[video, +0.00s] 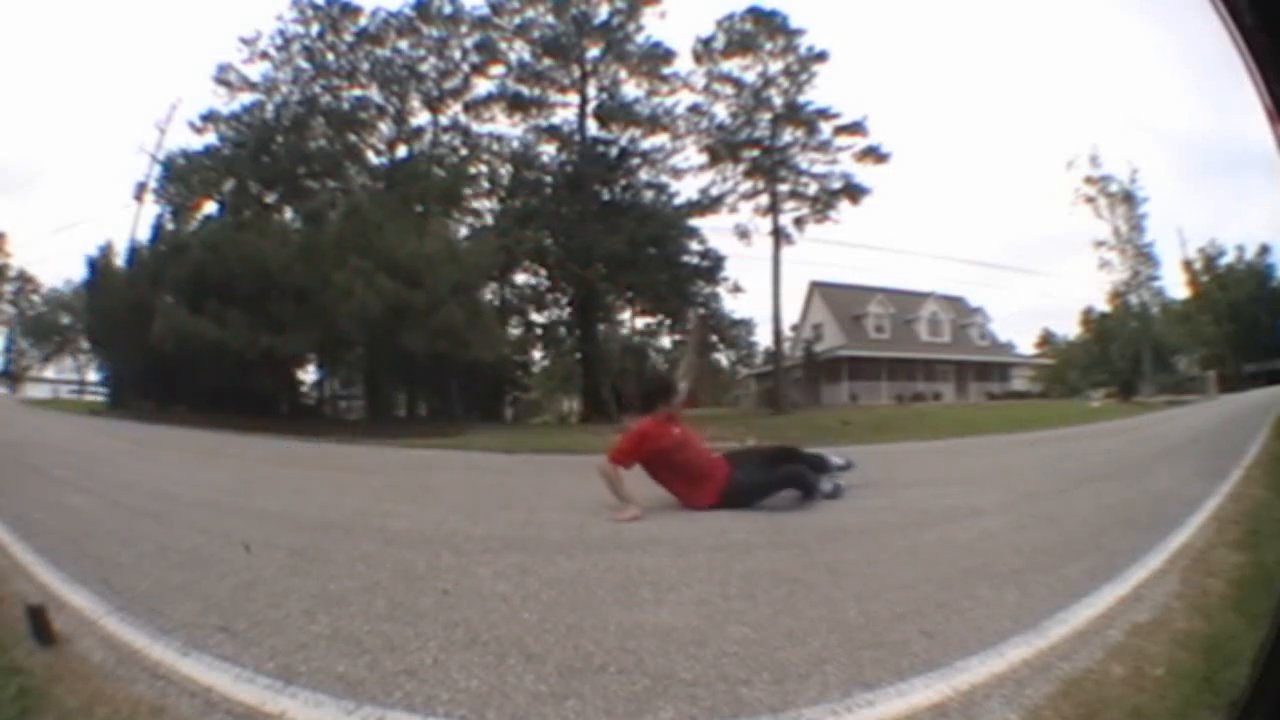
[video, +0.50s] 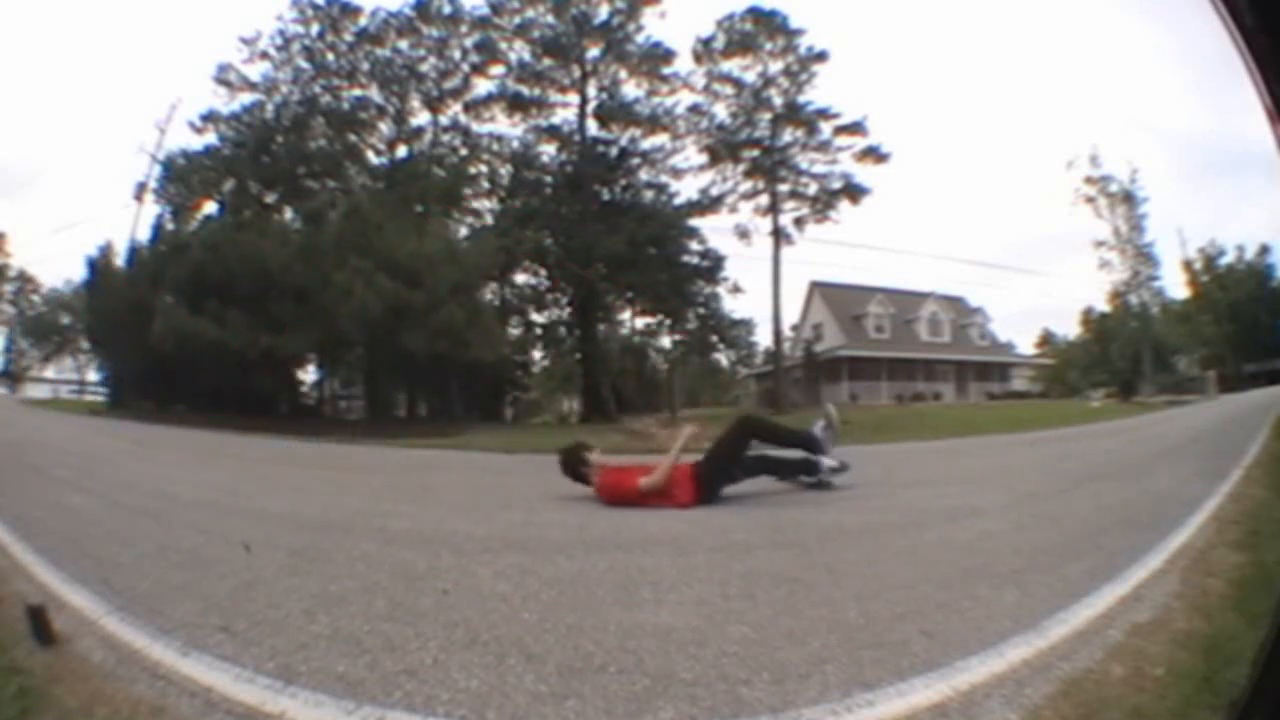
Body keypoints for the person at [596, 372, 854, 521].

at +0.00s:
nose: (682, 398)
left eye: (679, 393)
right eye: (677, 394)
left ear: (659, 399)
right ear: (666, 400)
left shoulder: (668, 418)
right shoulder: (647, 432)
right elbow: (608, 467)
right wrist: (628, 505)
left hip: (721, 466)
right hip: (717, 492)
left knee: (787, 454)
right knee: (791, 473)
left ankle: (824, 464)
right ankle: (821, 487)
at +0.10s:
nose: (660, 406)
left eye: (659, 401)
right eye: (656, 401)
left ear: (631, 408)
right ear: (649, 406)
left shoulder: (655, 427)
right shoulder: (637, 436)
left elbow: (672, 395)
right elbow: (614, 473)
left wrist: (690, 358)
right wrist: (656, 489)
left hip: (712, 470)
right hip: (709, 490)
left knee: (771, 456)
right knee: (776, 463)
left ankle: (818, 465)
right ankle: (819, 488)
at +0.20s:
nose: (643, 429)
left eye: (640, 425)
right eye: (637, 425)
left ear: (621, 431)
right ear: (627, 430)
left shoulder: (633, 449)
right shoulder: (623, 455)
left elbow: (655, 432)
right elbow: (637, 479)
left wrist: (677, 401)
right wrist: (685, 457)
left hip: (705, 475)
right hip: (706, 489)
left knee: (767, 453)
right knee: (771, 454)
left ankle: (814, 471)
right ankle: (822, 483)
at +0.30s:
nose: (619, 451)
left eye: (615, 449)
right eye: (613, 450)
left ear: (597, 461)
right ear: (605, 457)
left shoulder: (618, 474)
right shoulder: (615, 481)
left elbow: (650, 474)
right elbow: (647, 481)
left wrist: (662, 446)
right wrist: (673, 450)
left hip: (702, 475)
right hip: (702, 485)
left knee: (761, 446)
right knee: (763, 441)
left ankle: (807, 473)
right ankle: (820, 469)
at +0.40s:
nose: (603, 449)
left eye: (597, 446)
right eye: (596, 448)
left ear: (584, 466)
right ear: (590, 458)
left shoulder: (610, 478)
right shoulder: (610, 482)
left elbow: (653, 477)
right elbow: (655, 478)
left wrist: (662, 445)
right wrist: (682, 434)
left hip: (698, 481)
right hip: (699, 483)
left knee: (757, 460)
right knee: (752, 431)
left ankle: (810, 472)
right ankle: (816, 451)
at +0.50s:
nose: (599, 452)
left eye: (594, 450)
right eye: (593, 452)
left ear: (582, 468)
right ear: (586, 463)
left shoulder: (607, 479)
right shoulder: (607, 485)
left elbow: (652, 481)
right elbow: (654, 483)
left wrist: (673, 450)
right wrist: (679, 444)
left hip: (696, 480)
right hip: (696, 484)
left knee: (755, 462)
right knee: (745, 425)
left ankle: (812, 470)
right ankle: (815, 443)